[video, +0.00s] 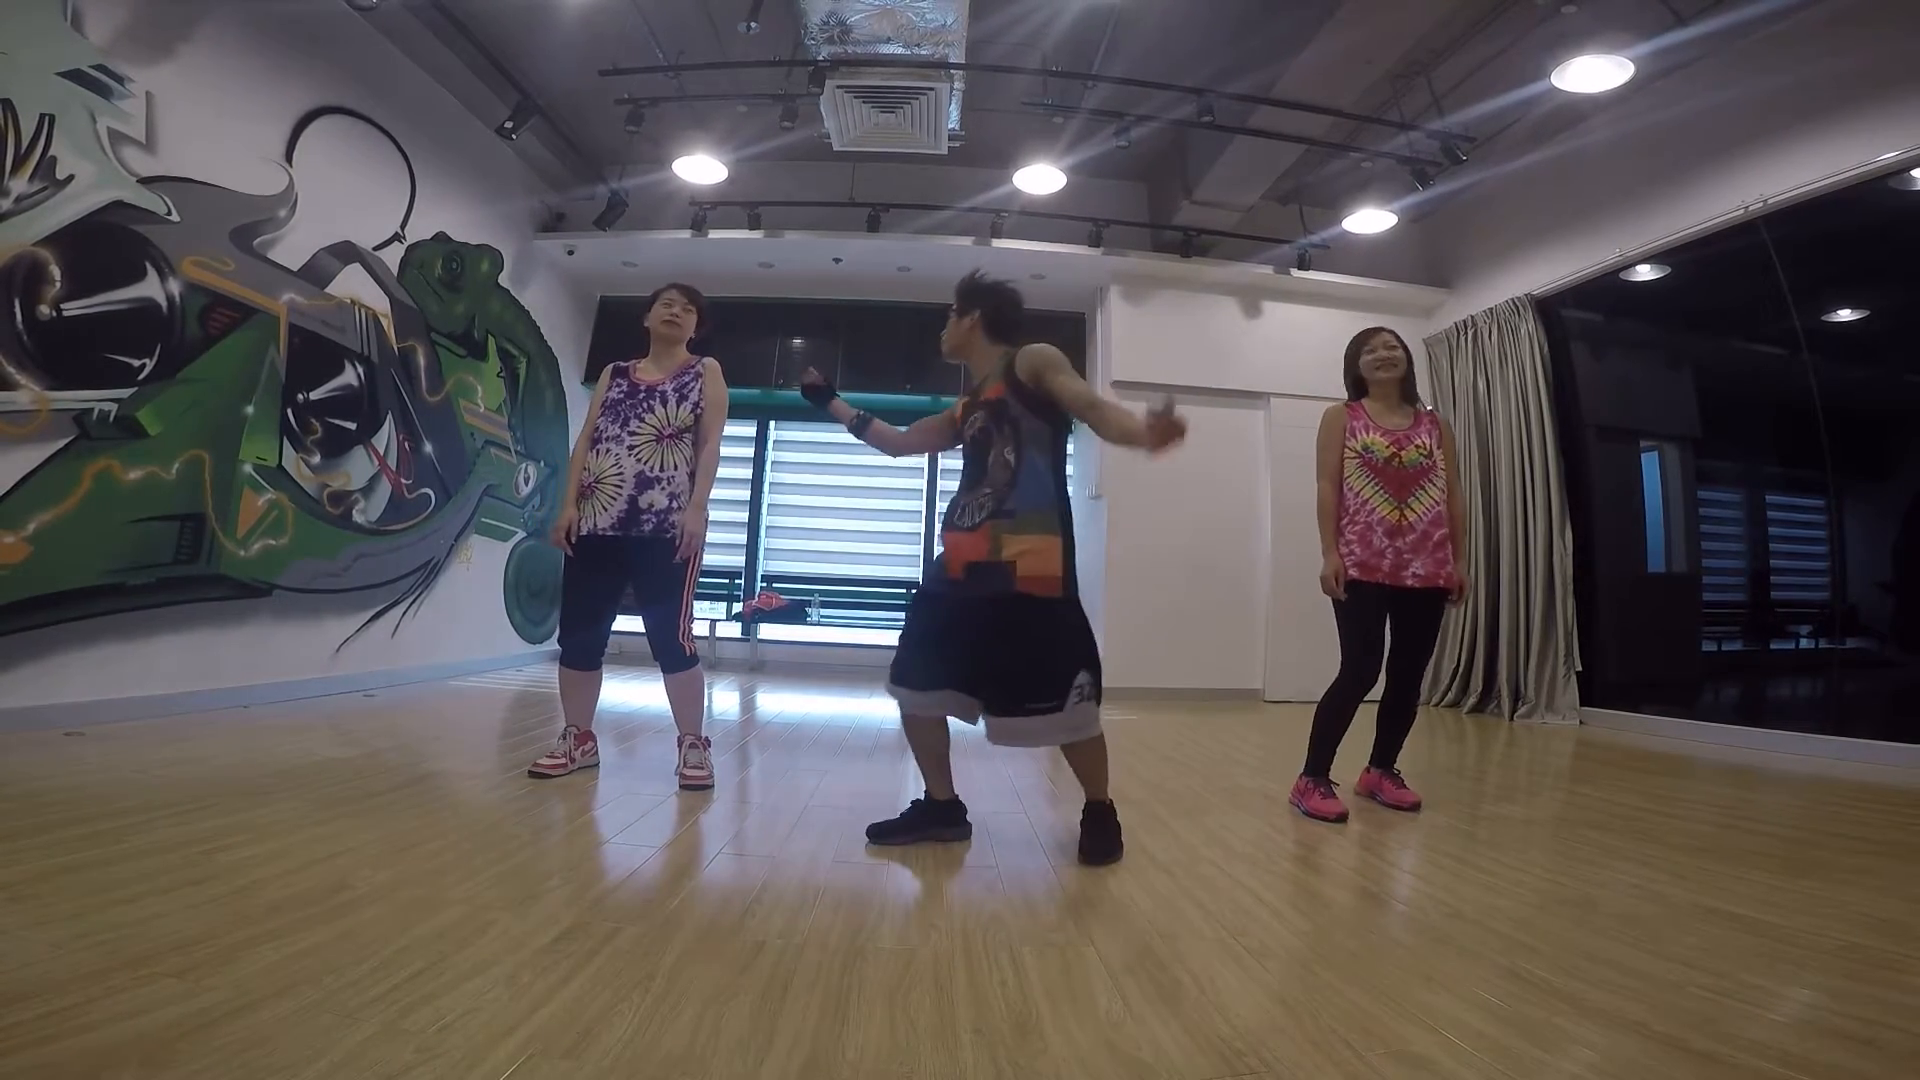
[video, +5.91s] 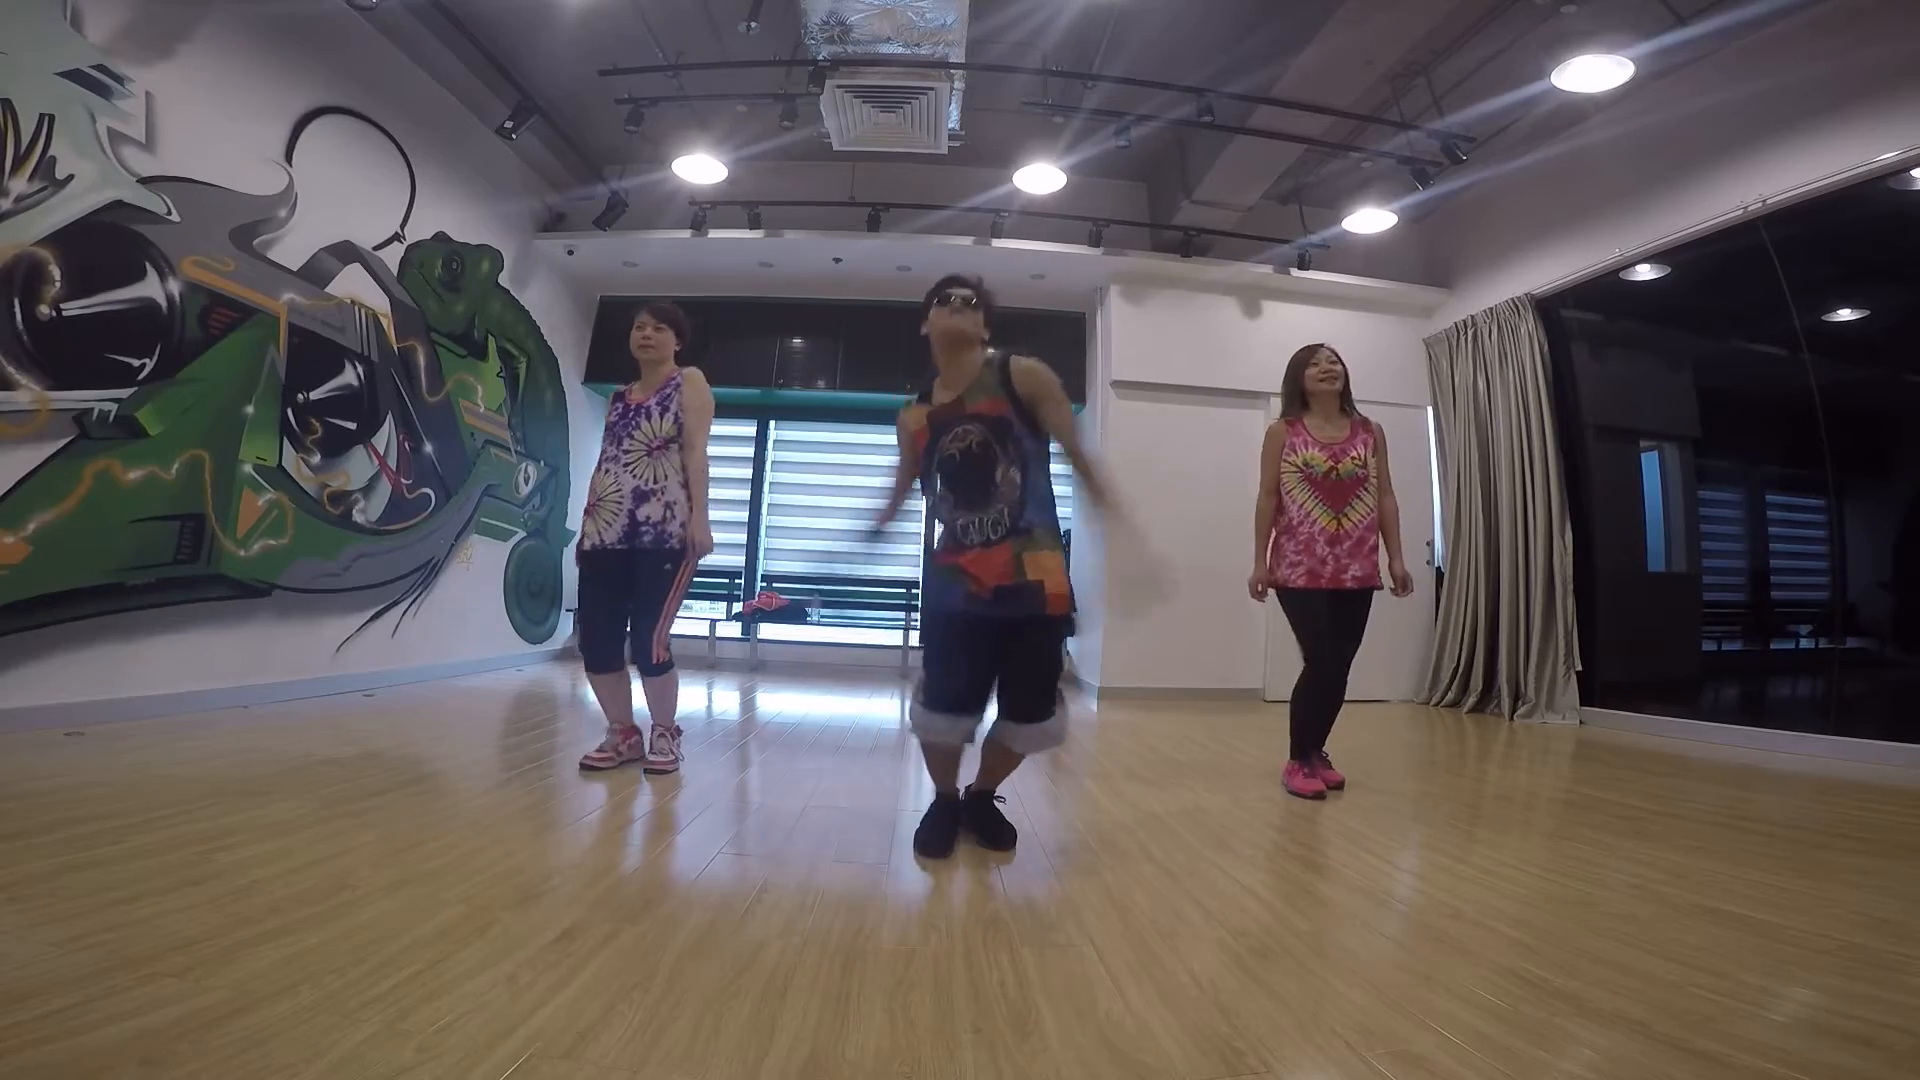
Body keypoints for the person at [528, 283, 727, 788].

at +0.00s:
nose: (675, 310)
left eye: (686, 307)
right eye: (666, 303)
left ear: (696, 327)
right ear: (647, 318)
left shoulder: (705, 372)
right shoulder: (614, 374)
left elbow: (708, 445)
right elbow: (585, 442)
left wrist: (697, 508)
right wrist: (569, 503)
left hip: (664, 528)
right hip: (596, 524)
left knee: (671, 642)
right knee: (579, 637)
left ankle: (692, 744)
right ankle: (578, 740)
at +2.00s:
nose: (637, 310)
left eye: (649, 305)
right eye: (629, 303)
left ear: (667, 321)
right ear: (615, 315)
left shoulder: (680, 374)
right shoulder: (584, 371)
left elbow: (684, 451)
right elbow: (552, 437)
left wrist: (676, 519)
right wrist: (535, 503)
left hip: (636, 532)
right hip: (566, 528)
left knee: (622, 644)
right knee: (562, 642)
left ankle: (638, 742)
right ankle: (579, 742)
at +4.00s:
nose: (645, 327)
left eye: (657, 321)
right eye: (637, 320)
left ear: (675, 336)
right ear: (626, 332)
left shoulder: (687, 378)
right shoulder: (609, 388)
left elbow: (703, 449)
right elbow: (592, 461)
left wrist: (708, 511)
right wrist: (576, 525)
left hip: (663, 530)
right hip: (599, 530)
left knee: (639, 636)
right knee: (599, 640)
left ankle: (649, 735)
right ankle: (618, 733)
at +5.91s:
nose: (647, 334)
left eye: (659, 328)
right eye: (640, 328)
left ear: (677, 341)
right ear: (630, 339)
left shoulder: (689, 381)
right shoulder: (620, 397)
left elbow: (696, 452)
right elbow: (606, 463)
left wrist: (698, 519)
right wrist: (590, 523)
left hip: (661, 532)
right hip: (604, 531)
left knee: (649, 638)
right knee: (597, 640)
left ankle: (664, 733)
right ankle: (623, 734)